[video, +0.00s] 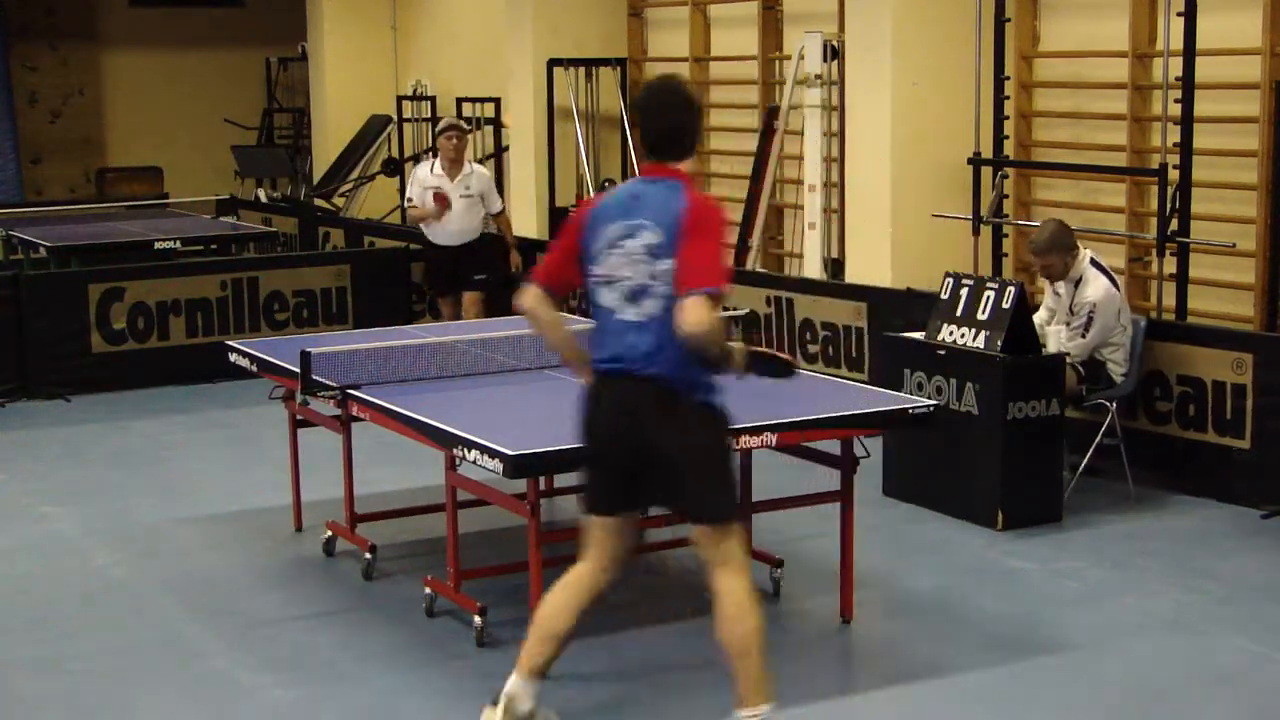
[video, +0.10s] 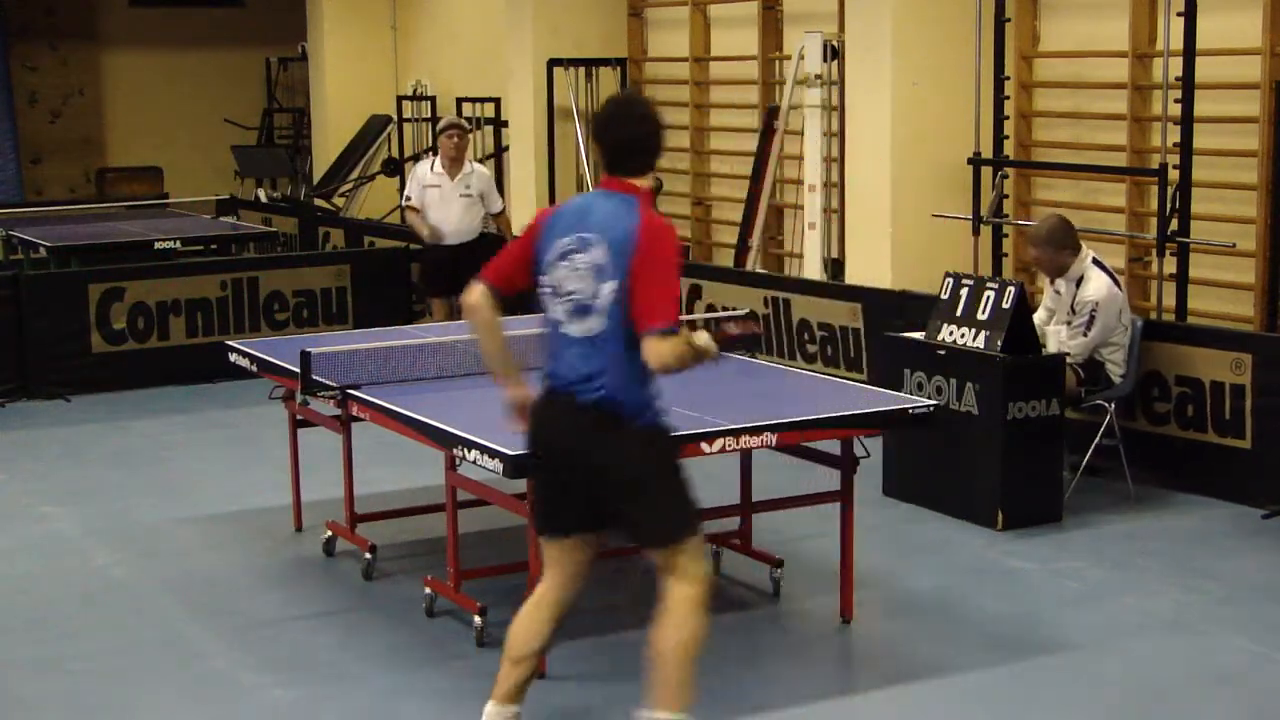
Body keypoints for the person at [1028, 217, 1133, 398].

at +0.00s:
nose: (1041, 273)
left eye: (1047, 267)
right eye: (1038, 266)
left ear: (1069, 257)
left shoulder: (1097, 293)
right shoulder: (1059, 270)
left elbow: (1075, 350)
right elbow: (1045, 316)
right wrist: (1014, 336)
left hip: (1105, 368)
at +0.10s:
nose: (1035, 264)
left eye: (1039, 259)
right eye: (1035, 259)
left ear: (1063, 253)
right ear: (1062, 253)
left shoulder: (1098, 292)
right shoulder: (1060, 271)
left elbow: (1076, 351)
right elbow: (1041, 321)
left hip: (1103, 369)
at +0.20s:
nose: (1031, 257)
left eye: (1035, 251)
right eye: (1031, 250)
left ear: (1059, 252)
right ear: (1059, 253)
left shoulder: (1099, 291)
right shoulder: (1059, 270)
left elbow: (1075, 351)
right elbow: (1042, 318)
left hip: (1102, 369)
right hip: (1070, 355)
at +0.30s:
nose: (1032, 248)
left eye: (1037, 242)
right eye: (1033, 241)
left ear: (1059, 248)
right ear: (1059, 248)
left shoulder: (1099, 289)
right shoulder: (1057, 267)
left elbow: (1076, 351)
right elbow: (1044, 313)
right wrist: (1016, 339)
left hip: (1100, 370)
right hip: (1065, 356)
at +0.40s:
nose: (1034, 246)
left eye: (1040, 241)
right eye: (1035, 239)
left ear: (1064, 243)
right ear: (1063, 244)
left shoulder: (1101, 287)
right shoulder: (1058, 267)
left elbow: (1076, 351)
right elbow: (1043, 316)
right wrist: (1013, 340)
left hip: (1097, 372)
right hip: (1064, 356)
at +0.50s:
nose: (1044, 246)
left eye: (1051, 238)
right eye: (1043, 238)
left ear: (1076, 238)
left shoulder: (1103, 282)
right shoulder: (1058, 268)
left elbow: (1079, 348)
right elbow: (1043, 318)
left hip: (1096, 373)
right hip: (1060, 360)